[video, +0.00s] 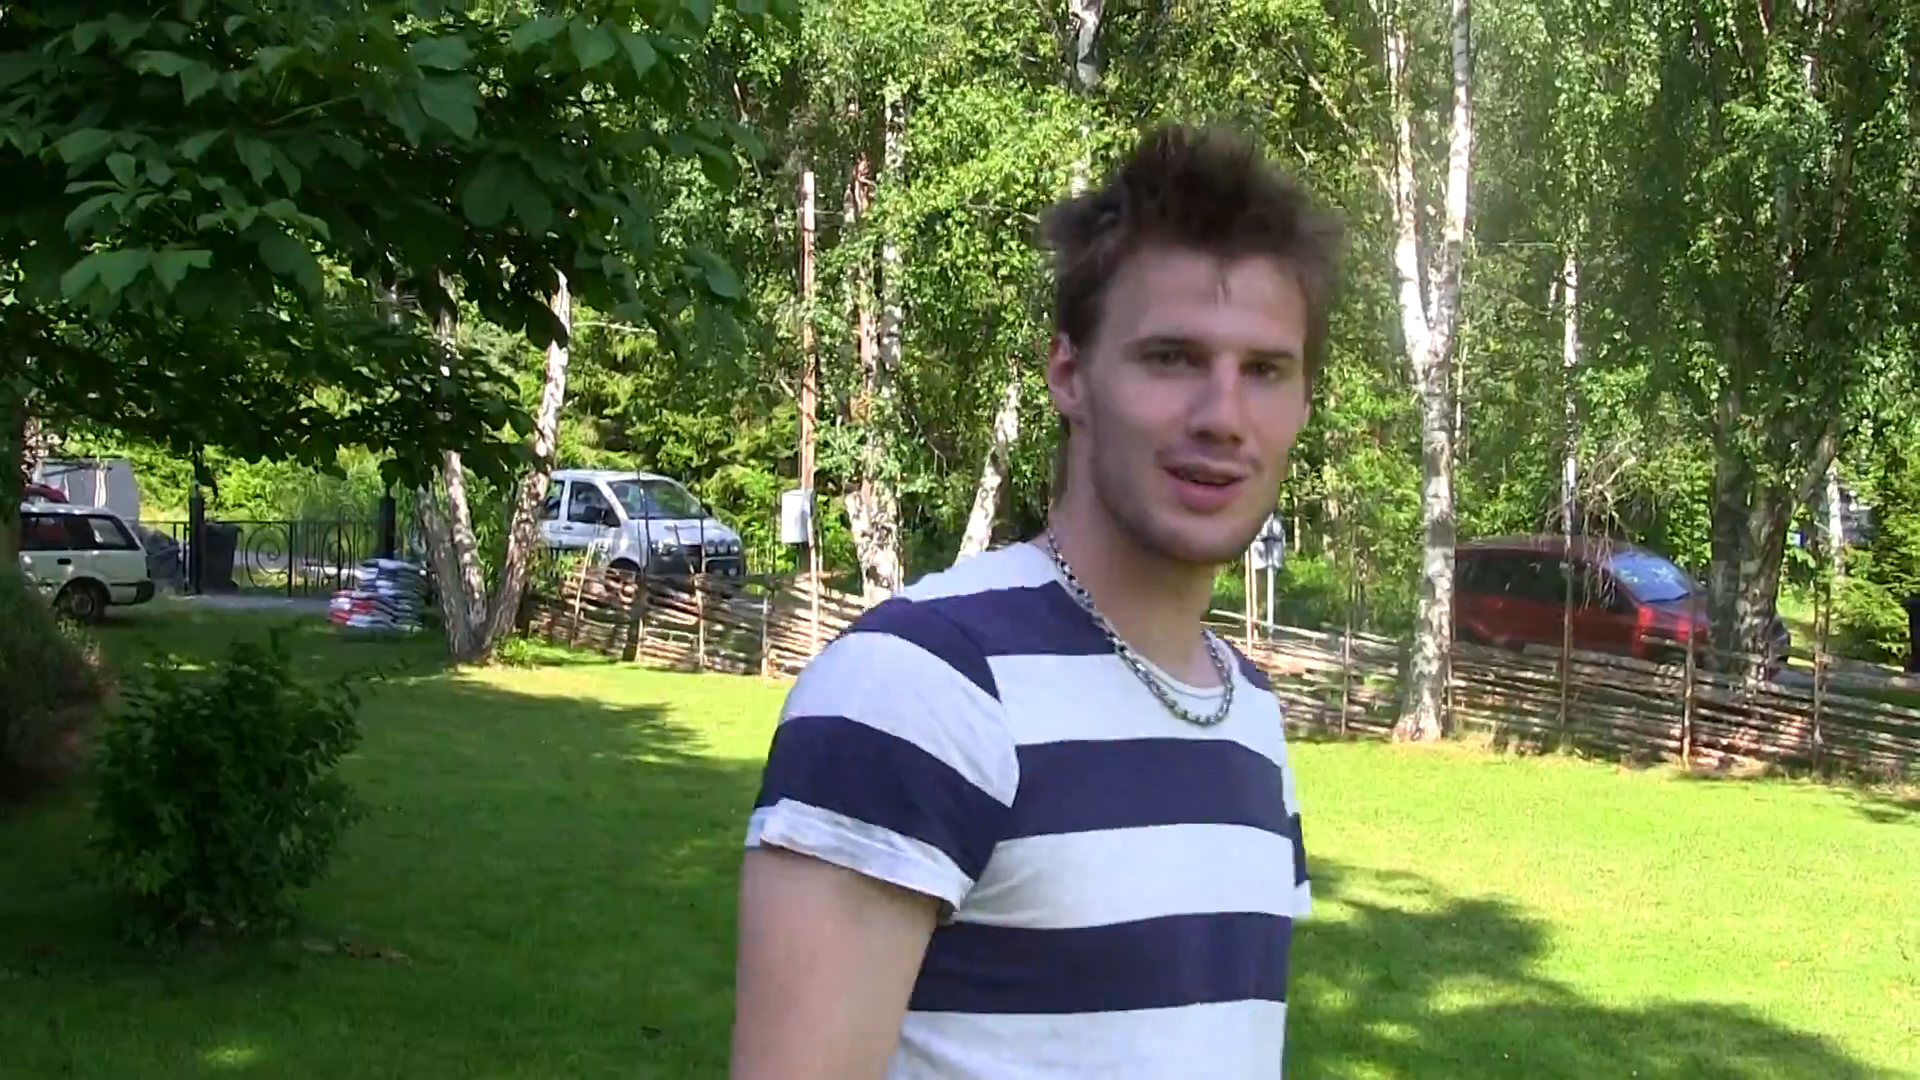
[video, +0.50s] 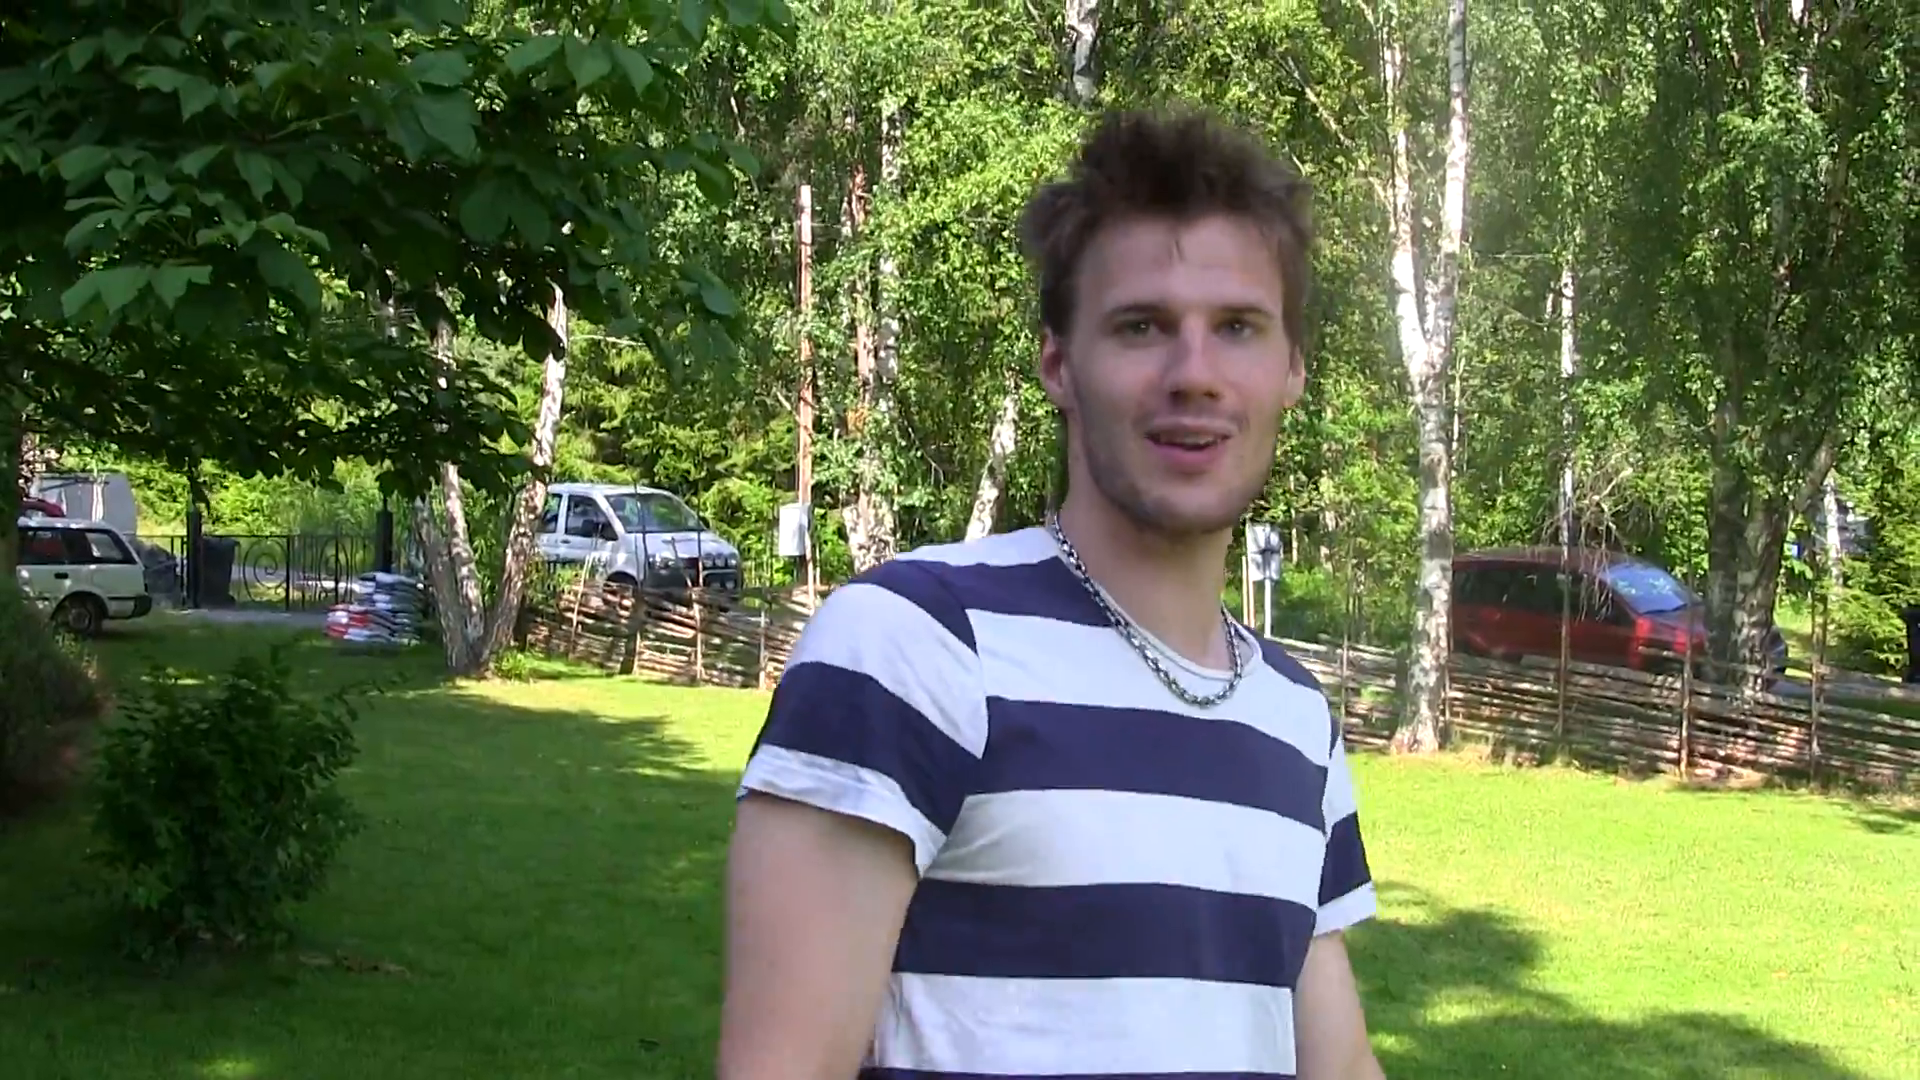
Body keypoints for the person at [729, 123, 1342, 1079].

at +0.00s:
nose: (1223, 419)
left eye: (1267, 371)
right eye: (1170, 359)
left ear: (1305, 403)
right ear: (1069, 378)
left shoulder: (1250, 707)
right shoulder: (913, 681)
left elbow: (1224, 1042)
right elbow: (799, 1065)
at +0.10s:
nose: (1226, 399)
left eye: (1270, 348)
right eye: (1172, 339)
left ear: (1311, 379)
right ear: (1075, 354)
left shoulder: (1278, 691)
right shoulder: (922, 661)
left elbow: (1264, 1041)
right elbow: (817, 1065)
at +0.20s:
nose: (1227, 377)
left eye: (1269, 324)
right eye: (1173, 315)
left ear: (1310, 358)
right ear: (1073, 337)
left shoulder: (1292, 669)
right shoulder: (914, 640)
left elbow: (1301, 1036)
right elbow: (804, 1067)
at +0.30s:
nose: (1217, 394)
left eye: (1259, 340)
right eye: (1162, 338)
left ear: (1305, 371)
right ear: (1066, 363)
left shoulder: (1304, 695)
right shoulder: (916, 657)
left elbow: (1334, 1052)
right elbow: (793, 1066)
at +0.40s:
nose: (1207, 403)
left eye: (1252, 349)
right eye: (1153, 349)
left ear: (1301, 382)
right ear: (1065, 378)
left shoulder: (1303, 716)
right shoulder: (914, 661)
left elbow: (1347, 1066)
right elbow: (811, 1065)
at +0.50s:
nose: (1196, 374)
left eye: (1240, 327)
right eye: (1143, 327)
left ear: (1294, 372)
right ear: (1058, 367)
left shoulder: (1298, 712)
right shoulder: (906, 636)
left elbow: (1339, 1066)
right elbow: (784, 1064)